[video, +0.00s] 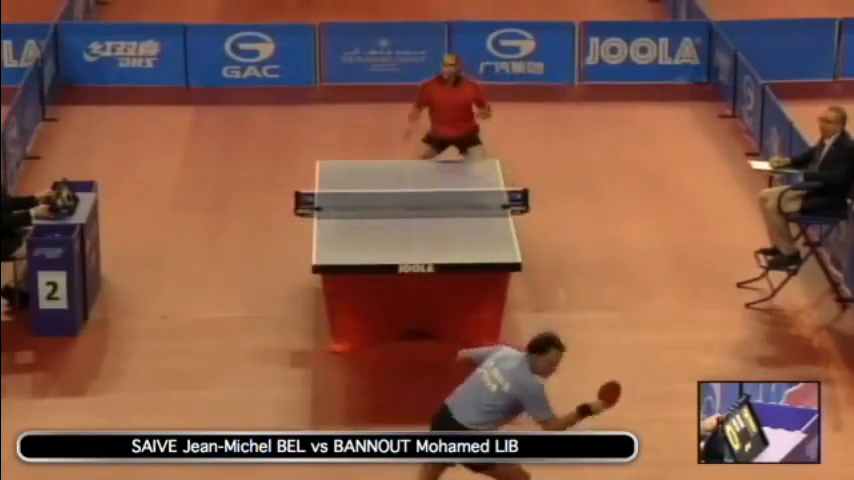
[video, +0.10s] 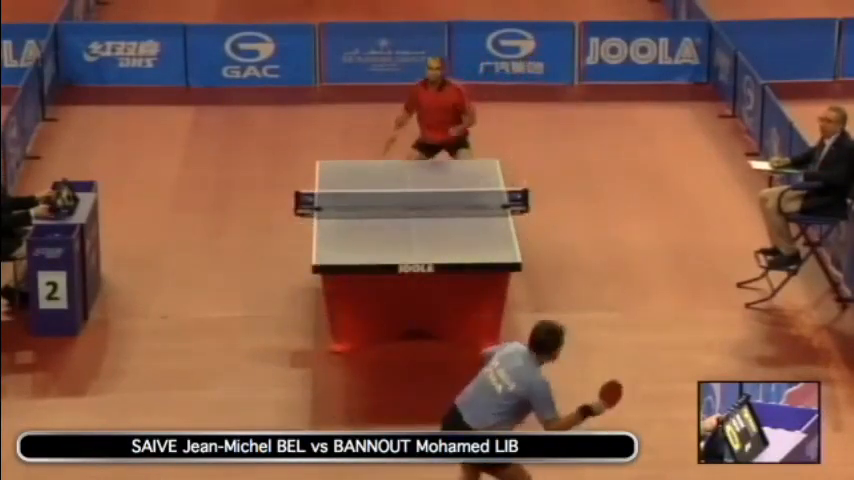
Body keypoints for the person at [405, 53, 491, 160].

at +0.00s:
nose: (447, 70)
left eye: (451, 66)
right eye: (445, 66)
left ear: (458, 68)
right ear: (442, 67)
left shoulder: (470, 87)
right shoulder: (429, 87)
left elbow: (484, 108)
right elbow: (417, 109)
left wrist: (484, 113)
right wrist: (410, 127)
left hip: (466, 135)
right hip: (439, 135)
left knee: (480, 164)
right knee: (421, 162)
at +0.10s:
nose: (432, 73)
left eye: (436, 69)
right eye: (430, 69)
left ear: (443, 71)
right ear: (427, 70)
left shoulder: (455, 91)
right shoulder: (418, 90)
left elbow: (469, 117)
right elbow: (408, 111)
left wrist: (459, 128)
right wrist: (401, 120)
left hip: (454, 138)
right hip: (429, 139)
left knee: (468, 169)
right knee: (410, 167)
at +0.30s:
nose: (413, 71)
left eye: (417, 67)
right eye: (410, 67)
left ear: (423, 69)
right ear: (407, 69)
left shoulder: (437, 87)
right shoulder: (409, 87)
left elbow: (431, 117)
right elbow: (409, 114)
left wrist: (407, 116)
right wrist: (392, 131)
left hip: (445, 139)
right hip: (422, 137)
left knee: (462, 170)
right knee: (392, 154)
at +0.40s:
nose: (400, 66)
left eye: (404, 62)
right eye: (399, 62)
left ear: (412, 64)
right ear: (396, 64)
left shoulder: (423, 82)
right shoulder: (402, 83)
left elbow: (415, 112)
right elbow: (399, 110)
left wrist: (394, 112)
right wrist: (385, 125)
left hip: (434, 138)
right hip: (413, 137)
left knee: (450, 172)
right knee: (389, 156)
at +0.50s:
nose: (386, 64)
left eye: (390, 60)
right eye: (383, 60)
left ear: (397, 61)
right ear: (381, 61)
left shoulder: (408, 80)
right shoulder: (388, 81)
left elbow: (405, 112)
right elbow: (387, 108)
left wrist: (377, 120)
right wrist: (371, 126)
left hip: (422, 135)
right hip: (403, 134)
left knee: (420, 171)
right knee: (380, 161)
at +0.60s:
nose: (380, 60)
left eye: (383, 56)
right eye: (378, 56)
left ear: (391, 57)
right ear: (375, 58)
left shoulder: (401, 76)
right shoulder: (380, 78)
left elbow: (409, 104)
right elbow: (381, 103)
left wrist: (382, 116)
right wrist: (367, 112)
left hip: (416, 128)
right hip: (397, 129)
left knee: (406, 166)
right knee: (383, 164)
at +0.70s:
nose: (376, 54)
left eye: (380, 50)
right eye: (374, 50)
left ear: (388, 51)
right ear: (371, 51)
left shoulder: (399, 69)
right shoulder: (378, 70)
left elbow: (406, 98)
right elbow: (374, 95)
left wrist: (383, 112)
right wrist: (358, 112)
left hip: (406, 122)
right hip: (388, 122)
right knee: (373, 161)